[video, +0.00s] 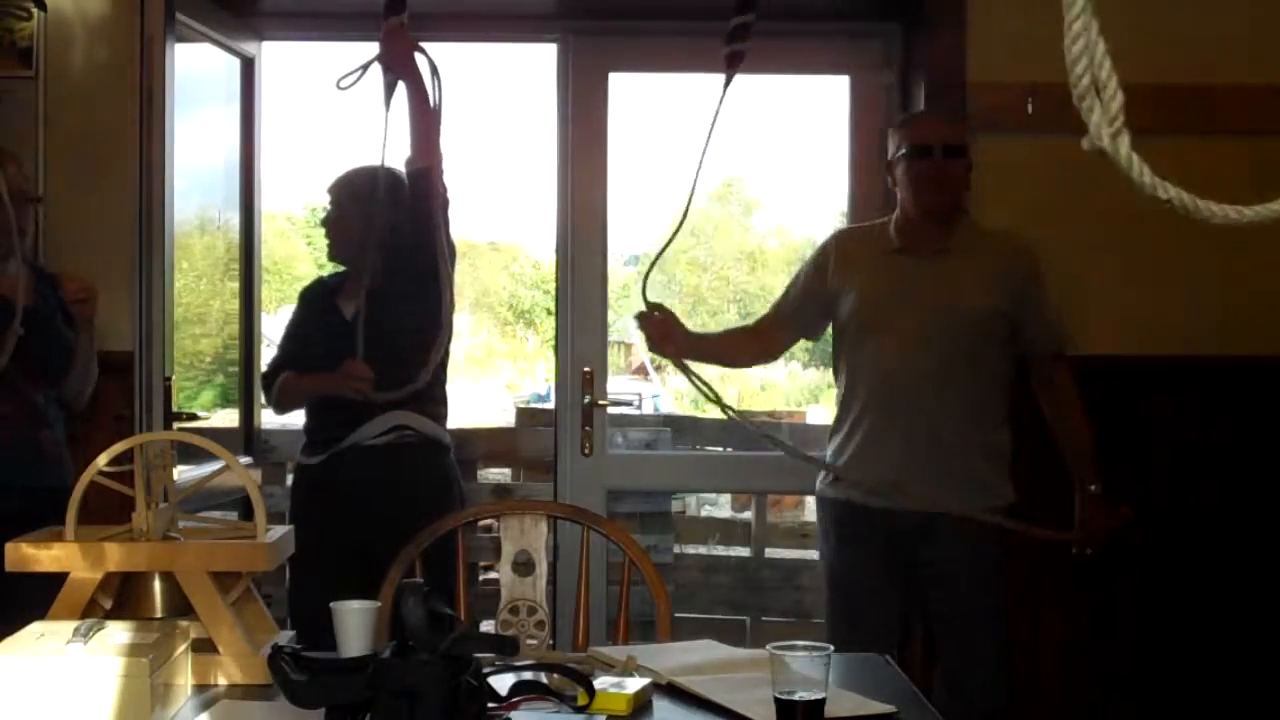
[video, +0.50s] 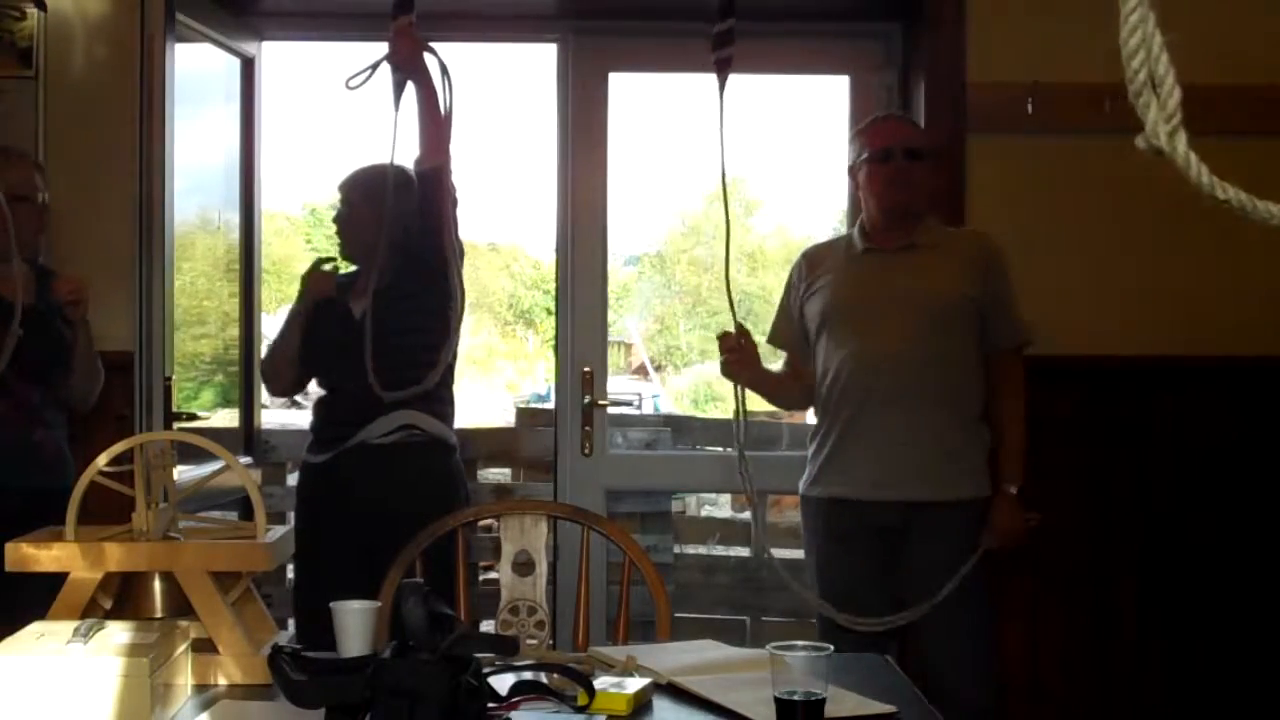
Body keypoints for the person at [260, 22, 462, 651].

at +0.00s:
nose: (326, 222)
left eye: (338, 211)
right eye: (329, 211)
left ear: (379, 219)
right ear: (350, 221)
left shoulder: (420, 285)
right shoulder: (317, 299)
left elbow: (426, 168)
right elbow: (279, 393)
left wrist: (410, 73)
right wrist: (333, 381)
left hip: (409, 481)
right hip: (326, 482)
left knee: (412, 628)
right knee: (322, 634)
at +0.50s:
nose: (336, 216)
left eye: (349, 204)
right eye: (339, 205)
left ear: (390, 212)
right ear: (358, 214)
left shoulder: (428, 279)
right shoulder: (328, 297)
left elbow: (435, 162)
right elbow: (279, 383)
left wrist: (418, 72)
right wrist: (305, 302)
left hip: (415, 463)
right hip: (333, 465)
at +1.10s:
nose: (359, 223)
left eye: (374, 210)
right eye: (352, 210)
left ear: (406, 218)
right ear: (342, 219)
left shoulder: (432, 278)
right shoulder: (330, 296)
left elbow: (436, 168)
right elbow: (285, 359)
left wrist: (417, 75)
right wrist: (326, 262)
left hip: (418, 462)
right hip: (335, 466)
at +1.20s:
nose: (360, 223)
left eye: (374, 211)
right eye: (352, 212)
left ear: (406, 219)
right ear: (342, 220)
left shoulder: (432, 278)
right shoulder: (332, 296)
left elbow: (435, 170)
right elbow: (288, 360)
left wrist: (415, 76)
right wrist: (328, 263)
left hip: (419, 455)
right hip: (338, 460)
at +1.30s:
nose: (369, 223)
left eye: (384, 211)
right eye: (358, 212)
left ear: (410, 220)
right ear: (346, 221)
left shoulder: (434, 276)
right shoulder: (335, 297)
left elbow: (434, 168)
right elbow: (289, 362)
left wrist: (414, 76)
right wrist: (331, 265)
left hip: (421, 468)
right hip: (337, 472)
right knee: (328, 649)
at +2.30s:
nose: (374, 215)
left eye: (390, 205)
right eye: (370, 207)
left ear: (423, 222)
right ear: (365, 224)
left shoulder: (444, 285)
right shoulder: (342, 289)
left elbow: (444, 173)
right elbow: (264, 285)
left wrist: (425, 78)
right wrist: (302, 204)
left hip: (422, 475)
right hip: (339, 476)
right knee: (331, 645)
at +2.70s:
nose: (399, 197)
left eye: (412, 192)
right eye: (387, 192)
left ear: (429, 215)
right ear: (372, 218)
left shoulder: (444, 277)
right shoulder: (344, 278)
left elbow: (446, 171)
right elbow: (291, 208)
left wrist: (423, 81)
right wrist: (325, 116)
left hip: (420, 466)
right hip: (335, 464)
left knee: (425, 630)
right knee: (332, 641)